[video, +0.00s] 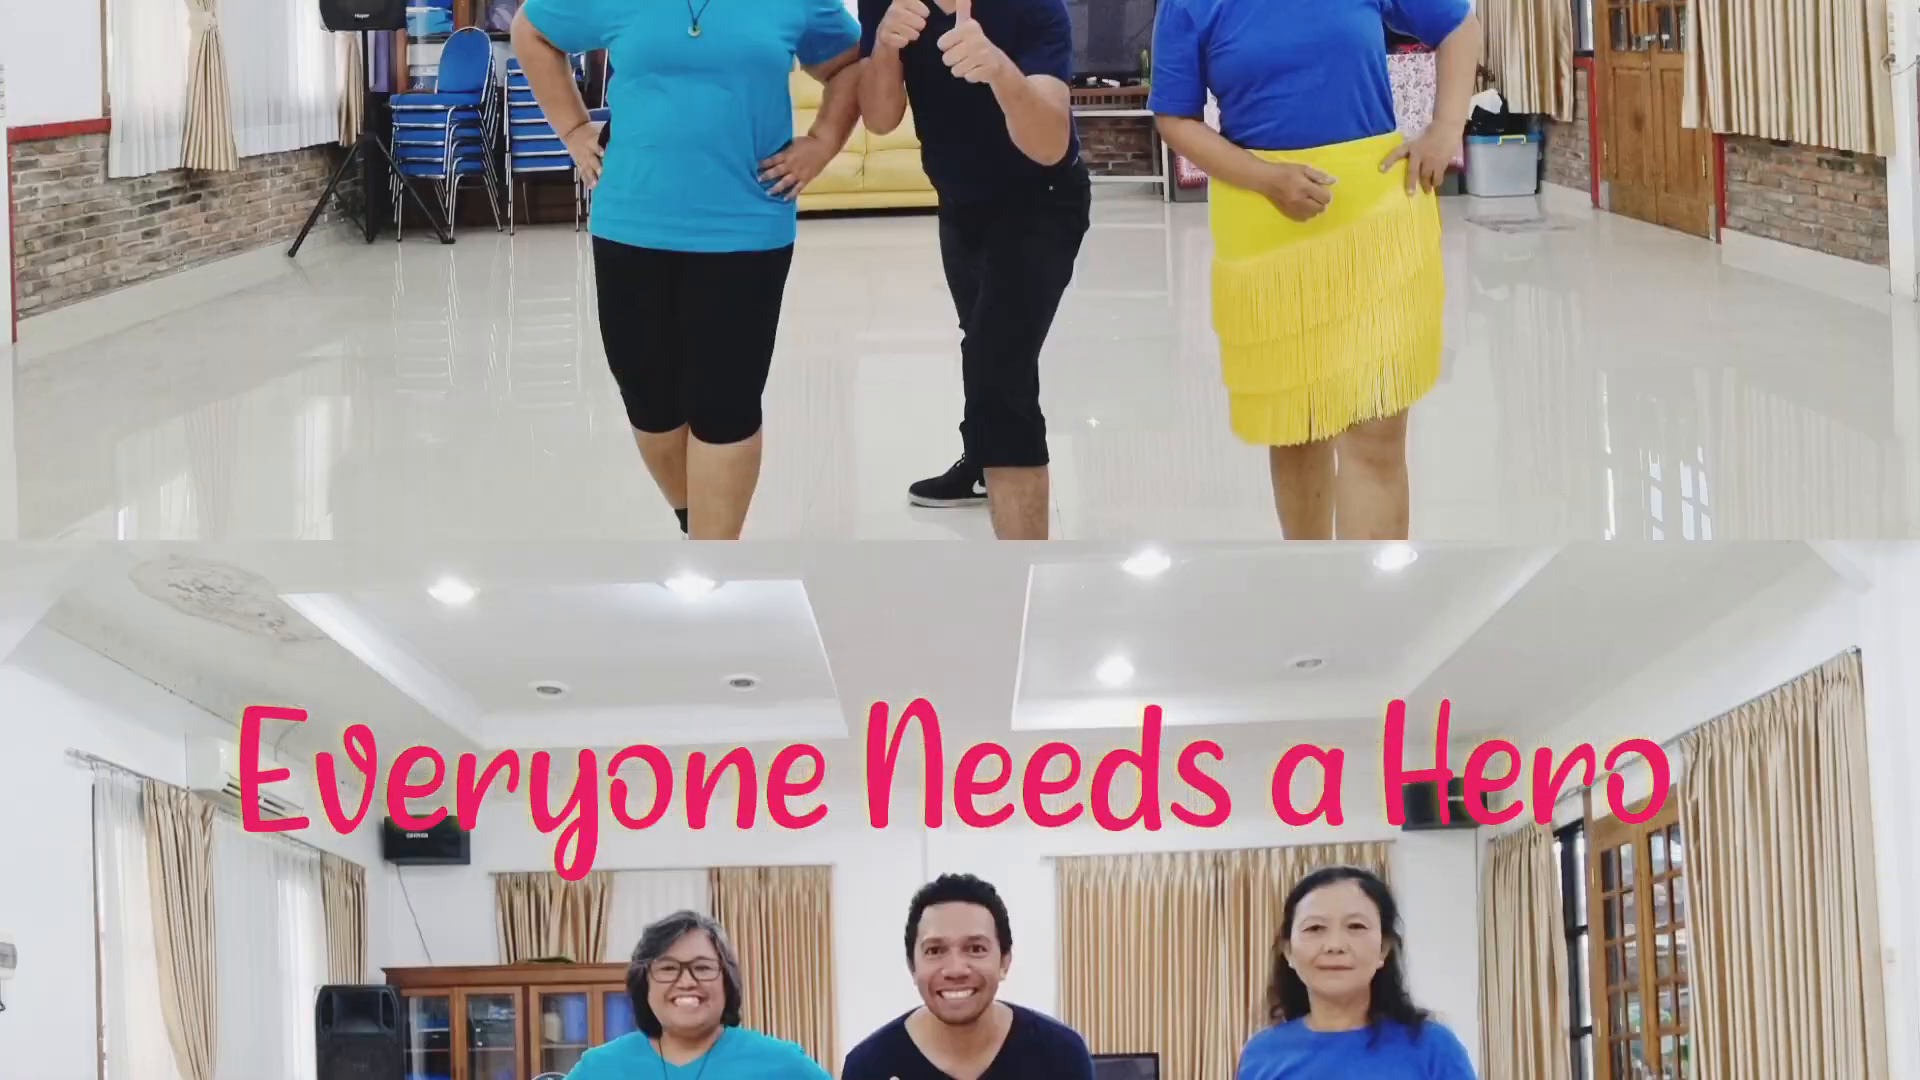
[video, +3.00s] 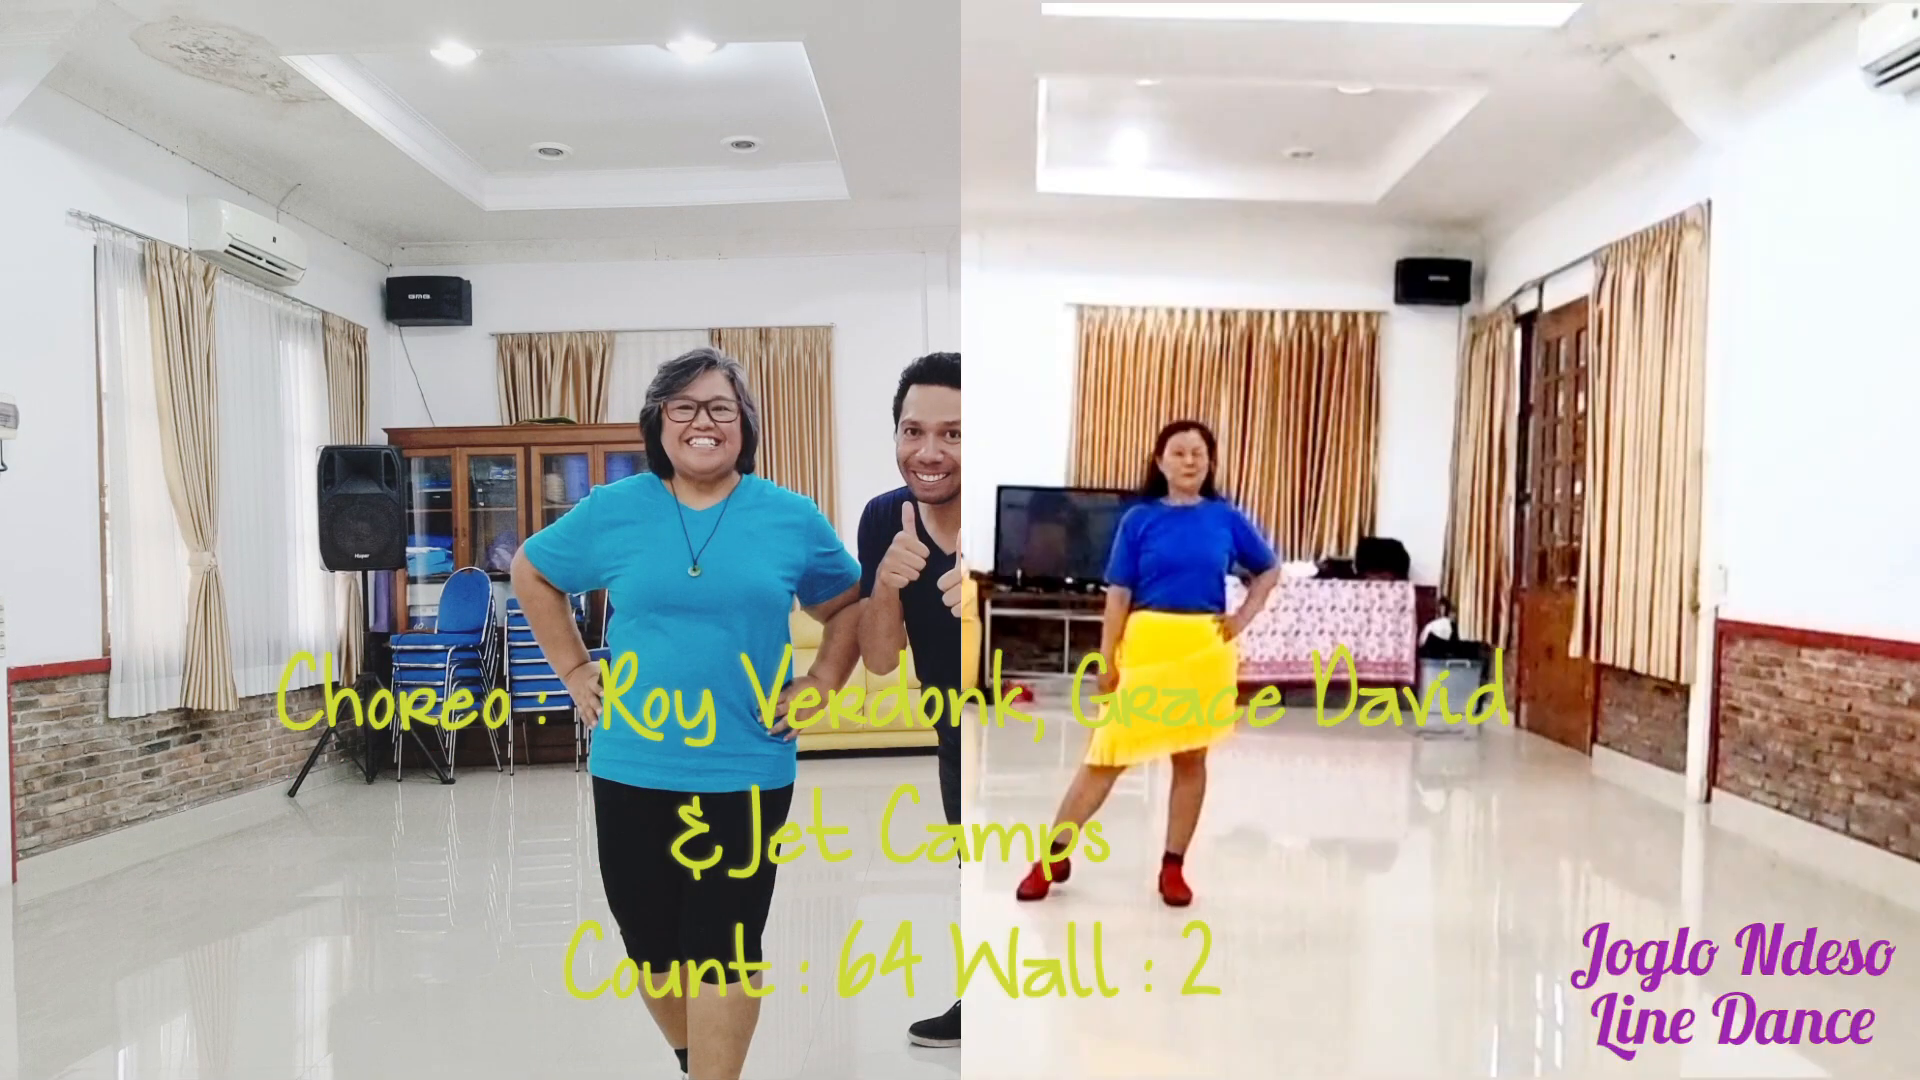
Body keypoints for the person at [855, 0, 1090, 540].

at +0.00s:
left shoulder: (1033, 10)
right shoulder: (893, 7)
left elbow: (1050, 146)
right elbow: (879, 119)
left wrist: (1002, 72)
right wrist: (884, 48)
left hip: (1039, 196)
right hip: (961, 200)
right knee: (982, 340)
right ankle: (984, 458)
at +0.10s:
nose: (930, 176)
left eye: (951, 159)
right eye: (915, 157)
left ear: (986, 168)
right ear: (896, 163)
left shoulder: (1031, 265)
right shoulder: (885, 245)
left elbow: (1049, 409)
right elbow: (880, 383)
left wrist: (1002, 335)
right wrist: (884, 313)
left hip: (1041, 465)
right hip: (961, 467)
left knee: (994, 621)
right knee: (991, 618)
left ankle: (1012, 763)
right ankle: (1008, 753)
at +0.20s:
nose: (929, 336)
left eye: (951, 319)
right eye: (914, 317)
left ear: (986, 328)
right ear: (896, 323)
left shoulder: (1030, 424)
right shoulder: (885, 405)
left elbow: (1050, 568)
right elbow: (880, 543)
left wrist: (1002, 495)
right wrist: (884, 473)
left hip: (1040, 623)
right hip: (960, 626)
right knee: (985, 770)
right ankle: (988, 888)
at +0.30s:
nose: (930, 418)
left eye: (951, 401)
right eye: (914, 399)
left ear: (986, 410)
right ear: (896, 405)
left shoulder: (1031, 506)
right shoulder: (885, 486)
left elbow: (1049, 651)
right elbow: (880, 625)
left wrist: (1003, 578)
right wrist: (884, 555)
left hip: (1042, 702)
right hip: (962, 702)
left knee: (1001, 888)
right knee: (981, 840)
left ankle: (1026, 1066)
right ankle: (987, 966)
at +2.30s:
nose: (929, 453)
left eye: (951, 436)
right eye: (914, 433)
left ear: (986, 444)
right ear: (896, 438)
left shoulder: (1031, 541)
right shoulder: (886, 521)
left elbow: (1050, 684)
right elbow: (880, 660)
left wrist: (1002, 612)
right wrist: (883, 588)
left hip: (1040, 742)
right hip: (960, 741)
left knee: (1001, 920)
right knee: (981, 878)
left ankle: (1023, 1071)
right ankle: (985, 1002)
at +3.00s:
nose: (929, 453)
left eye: (950, 435)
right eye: (914, 433)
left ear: (983, 443)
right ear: (895, 440)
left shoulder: (1012, 515)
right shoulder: (886, 518)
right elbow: (879, 659)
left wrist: (987, 592)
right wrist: (884, 583)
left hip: (1028, 720)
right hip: (958, 723)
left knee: (1021, 865)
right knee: (973, 863)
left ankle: (1019, 1001)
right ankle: (975, 995)